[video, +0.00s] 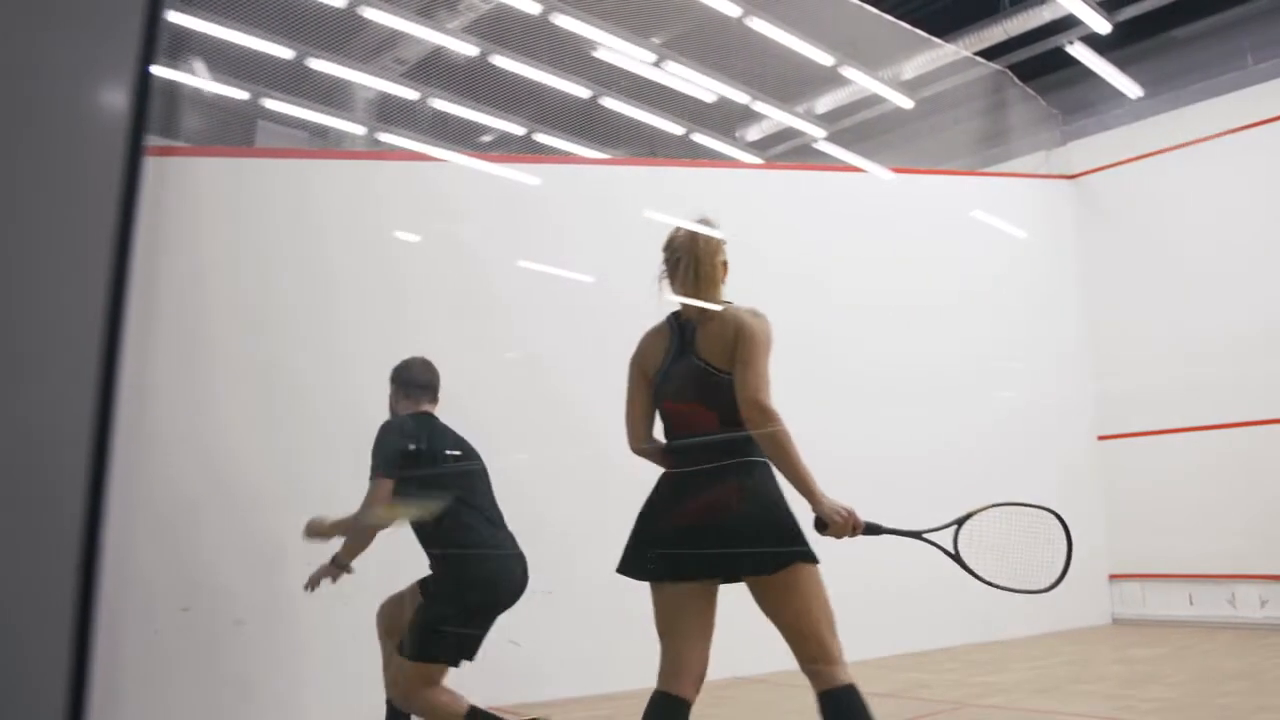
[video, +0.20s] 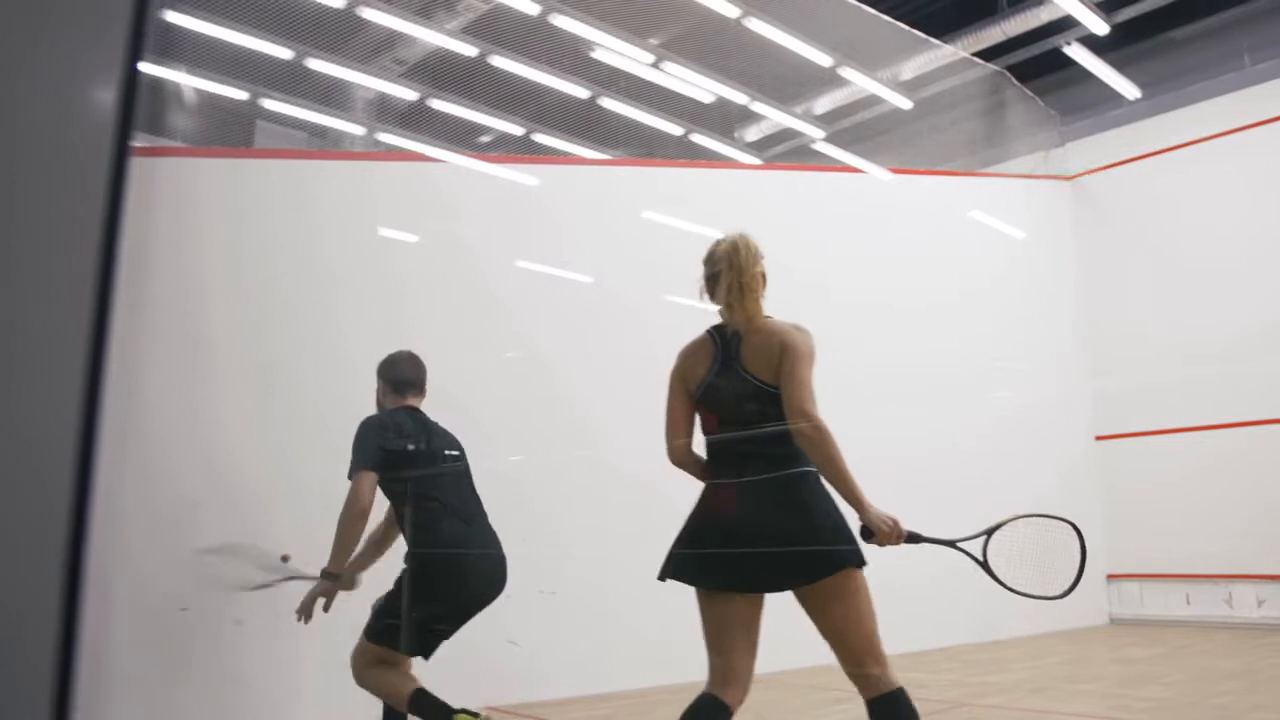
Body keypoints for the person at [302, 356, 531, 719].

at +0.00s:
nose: (390, 401)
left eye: (391, 394)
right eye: (392, 395)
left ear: (394, 394)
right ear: (435, 397)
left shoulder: (395, 431)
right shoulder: (453, 442)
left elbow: (376, 511)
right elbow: (388, 515)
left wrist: (342, 561)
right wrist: (333, 528)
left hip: (473, 574)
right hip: (505, 570)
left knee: (408, 690)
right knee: (392, 618)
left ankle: (489, 716)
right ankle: (397, 713)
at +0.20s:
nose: (377, 395)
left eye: (377, 388)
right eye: (378, 390)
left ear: (381, 388)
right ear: (423, 391)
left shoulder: (376, 428)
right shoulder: (443, 438)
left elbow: (360, 504)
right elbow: (394, 524)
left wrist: (331, 575)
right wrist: (352, 569)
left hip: (440, 568)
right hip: (488, 569)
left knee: (368, 665)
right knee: (395, 649)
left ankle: (447, 714)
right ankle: (396, 712)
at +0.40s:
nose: (372, 375)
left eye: (372, 369)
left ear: (374, 371)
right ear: (418, 371)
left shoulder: (366, 411)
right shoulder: (442, 420)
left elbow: (354, 474)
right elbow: (445, 488)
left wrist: (324, 552)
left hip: (418, 552)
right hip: (470, 554)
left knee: (348, 648)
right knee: (394, 648)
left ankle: (394, 708)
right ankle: (399, 718)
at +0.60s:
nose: (376, 342)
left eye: (375, 335)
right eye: (415, 335)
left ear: (374, 336)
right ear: (421, 337)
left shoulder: (360, 382)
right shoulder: (453, 392)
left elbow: (341, 438)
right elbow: (478, 473)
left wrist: (309, 517)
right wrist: (500, 523)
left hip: (393, 528)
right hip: (456, 532)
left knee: (352, 643)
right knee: (409, 626)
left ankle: (347, 714)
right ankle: (397, 715)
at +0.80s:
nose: (426, 311)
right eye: (429, 305)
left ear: (381, 307)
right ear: (431, 308)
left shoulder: (357, 357)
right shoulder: (464, 365)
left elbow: (325, 410)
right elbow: (504, 443)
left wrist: (293, 491)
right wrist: (530, 498)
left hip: (379, 510)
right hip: (447, 511)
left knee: (353, 640)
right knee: (431, 635)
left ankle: (344, 715)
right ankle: (420, 716)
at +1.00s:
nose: (449, 277)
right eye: (449, 270)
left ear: (397, 276)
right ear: (446, 274)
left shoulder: (366, 328)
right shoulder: (475, 332)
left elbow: (318, 382)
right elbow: (511, 400)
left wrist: (301, 461)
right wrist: (535, 474)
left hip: (383, 490)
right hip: (456, 491)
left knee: (362, 628)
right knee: (456, 618)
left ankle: (346, 718)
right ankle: (459, 716)